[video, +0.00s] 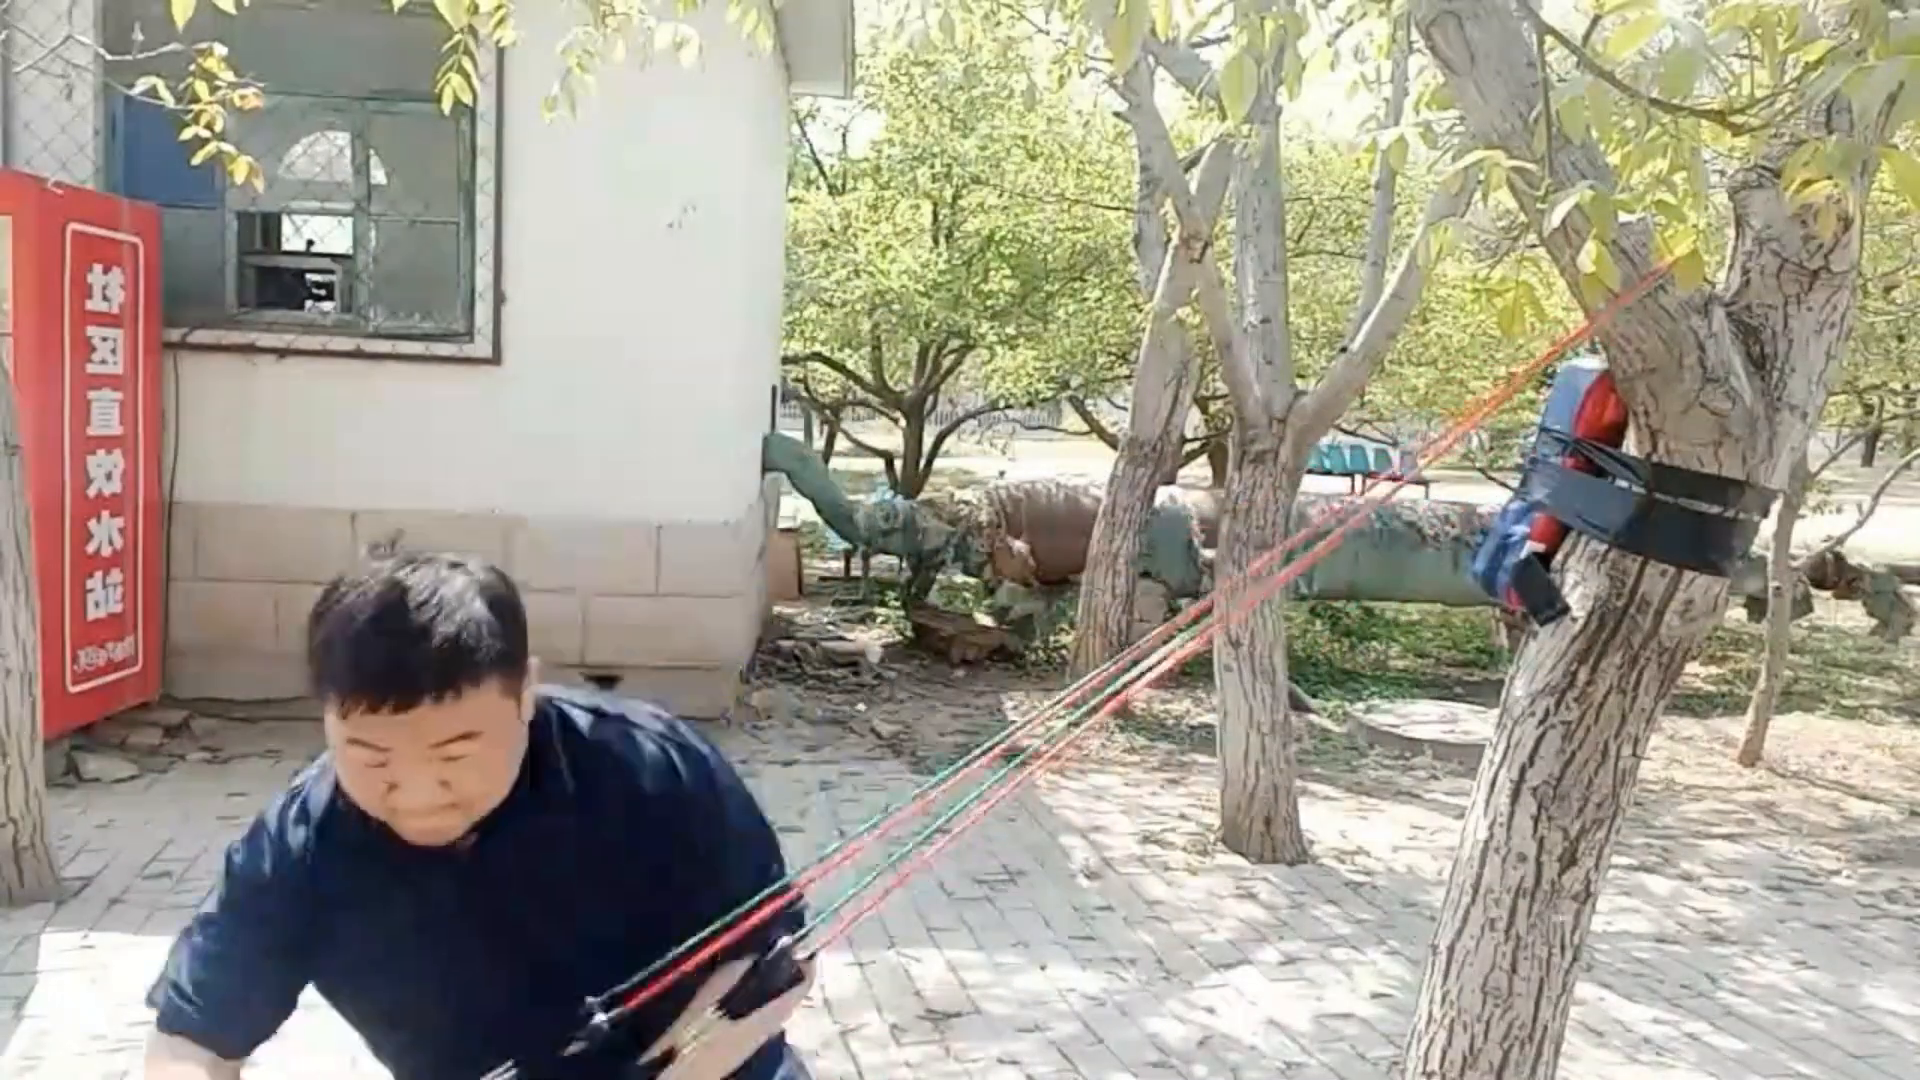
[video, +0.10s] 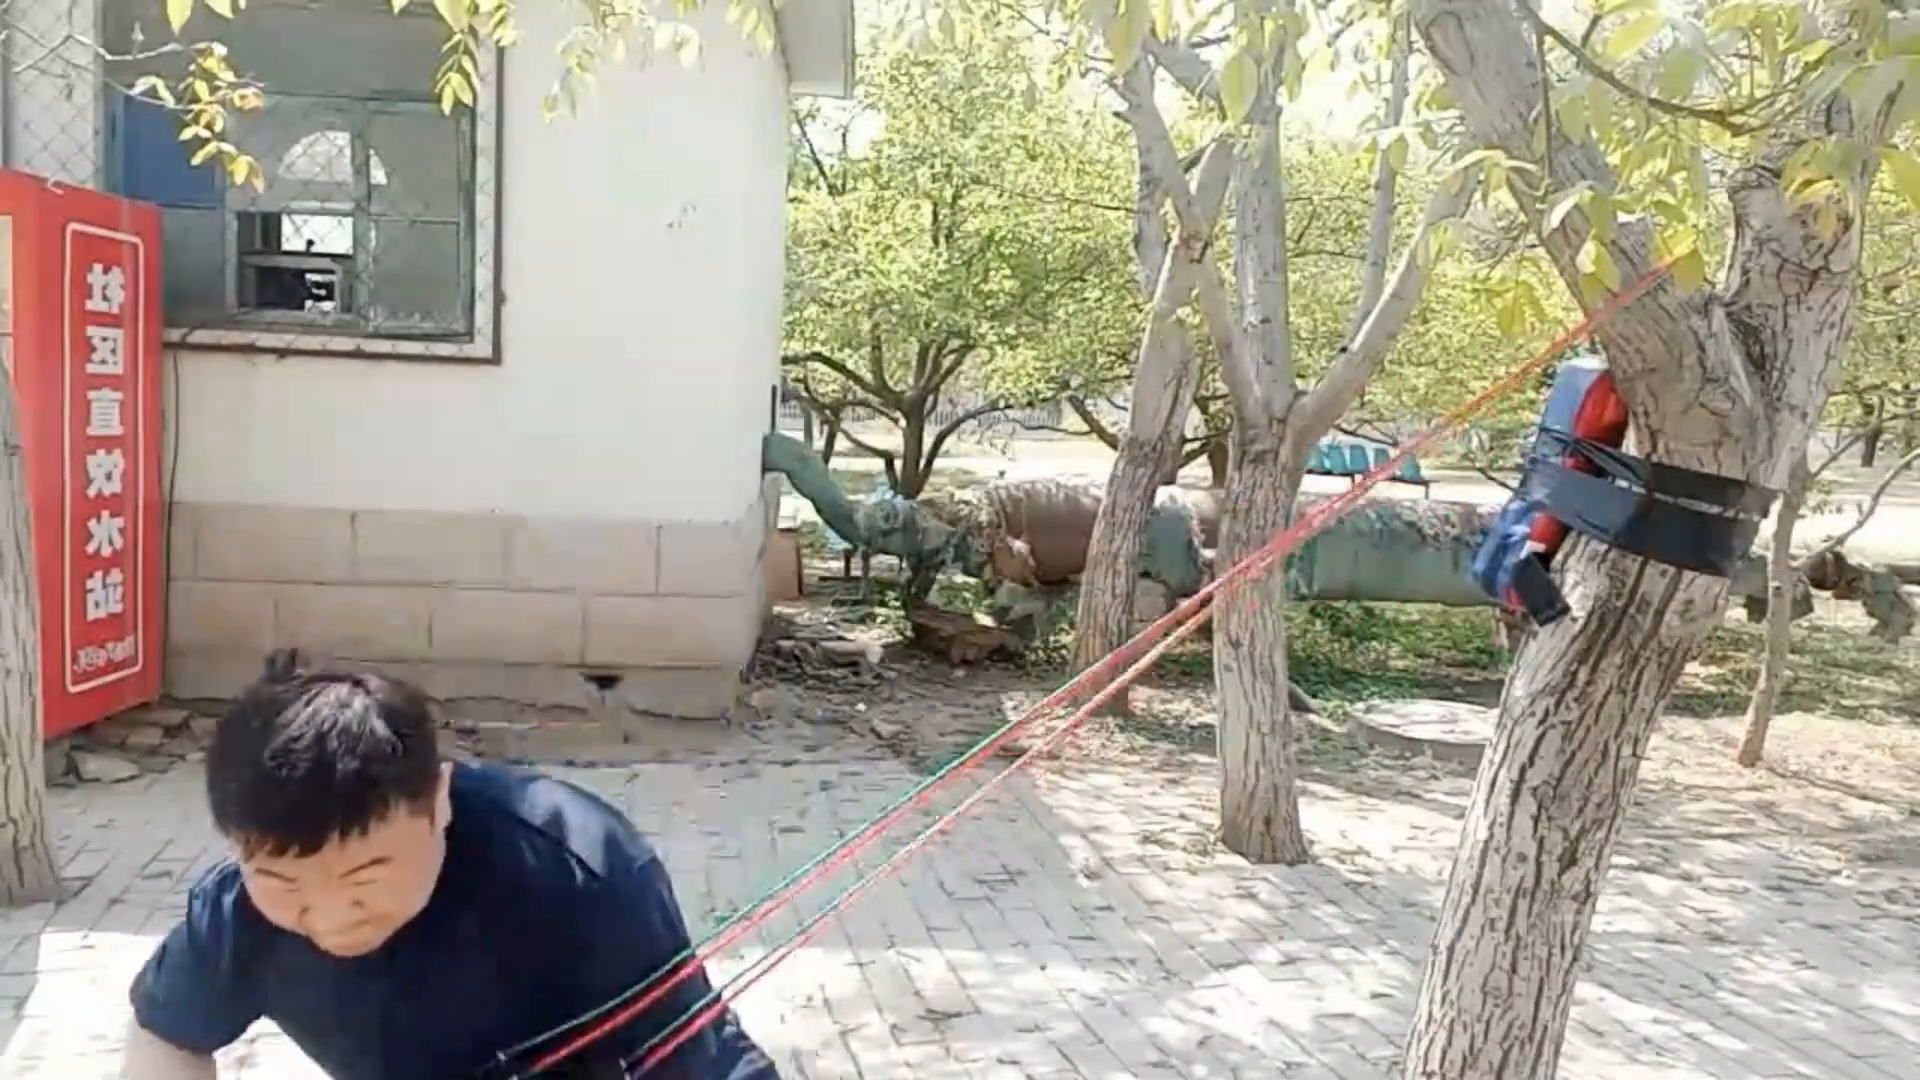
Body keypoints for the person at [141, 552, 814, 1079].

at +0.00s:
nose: (414, 793)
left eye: (455, 754)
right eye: (371, 757)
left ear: (526, 695)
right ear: (327, 720)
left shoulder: (660, 777)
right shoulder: (295, 854)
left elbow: (766, 983)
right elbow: (190, 1044)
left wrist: (666, 1068)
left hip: (693, 1052)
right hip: (470, 1064)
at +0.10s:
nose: (326, 918)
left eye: (367, 878)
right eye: (280, 881)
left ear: (437, 803)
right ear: (234, 845)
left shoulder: (579, 874)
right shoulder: (232, 913)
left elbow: (706, 1062)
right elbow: (168, 1038)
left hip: (601, 1053)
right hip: (413, 1062)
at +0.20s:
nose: (326, 938)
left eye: (362, 894)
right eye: (280, 906)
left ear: (428, 815)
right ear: (230, 876)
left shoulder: (581, 886)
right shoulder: (224, 932)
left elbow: (703, 1063)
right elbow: (149, 1047)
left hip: (600, 1043)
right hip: (398, 1054)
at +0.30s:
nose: (370, 917)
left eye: (407, 868)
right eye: (320, 888)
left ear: (455, 805)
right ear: (261, 859)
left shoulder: (599, 876)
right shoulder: (238, 949)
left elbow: (714, 1063)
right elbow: (152, 1059)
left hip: (597, 1052)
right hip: (409, 1058)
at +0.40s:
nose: (401, 873)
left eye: (431, 823)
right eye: (347, 849)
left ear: (466, 775)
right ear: (276, 823)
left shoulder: (603, 850)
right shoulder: (254, 929)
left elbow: (721, 1045)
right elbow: (141, 1061)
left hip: (637, 1047)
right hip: (437, 1060)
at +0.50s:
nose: (464, 700)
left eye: (476, 653)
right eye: (412, 673)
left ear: (492, 629)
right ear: (297, 693)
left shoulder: (582, 726)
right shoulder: (242, 822)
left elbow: (727, 869)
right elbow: (96, 1010)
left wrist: (650, 1009)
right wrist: (178, 1076)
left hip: (660, 1043)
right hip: (417, 1064)